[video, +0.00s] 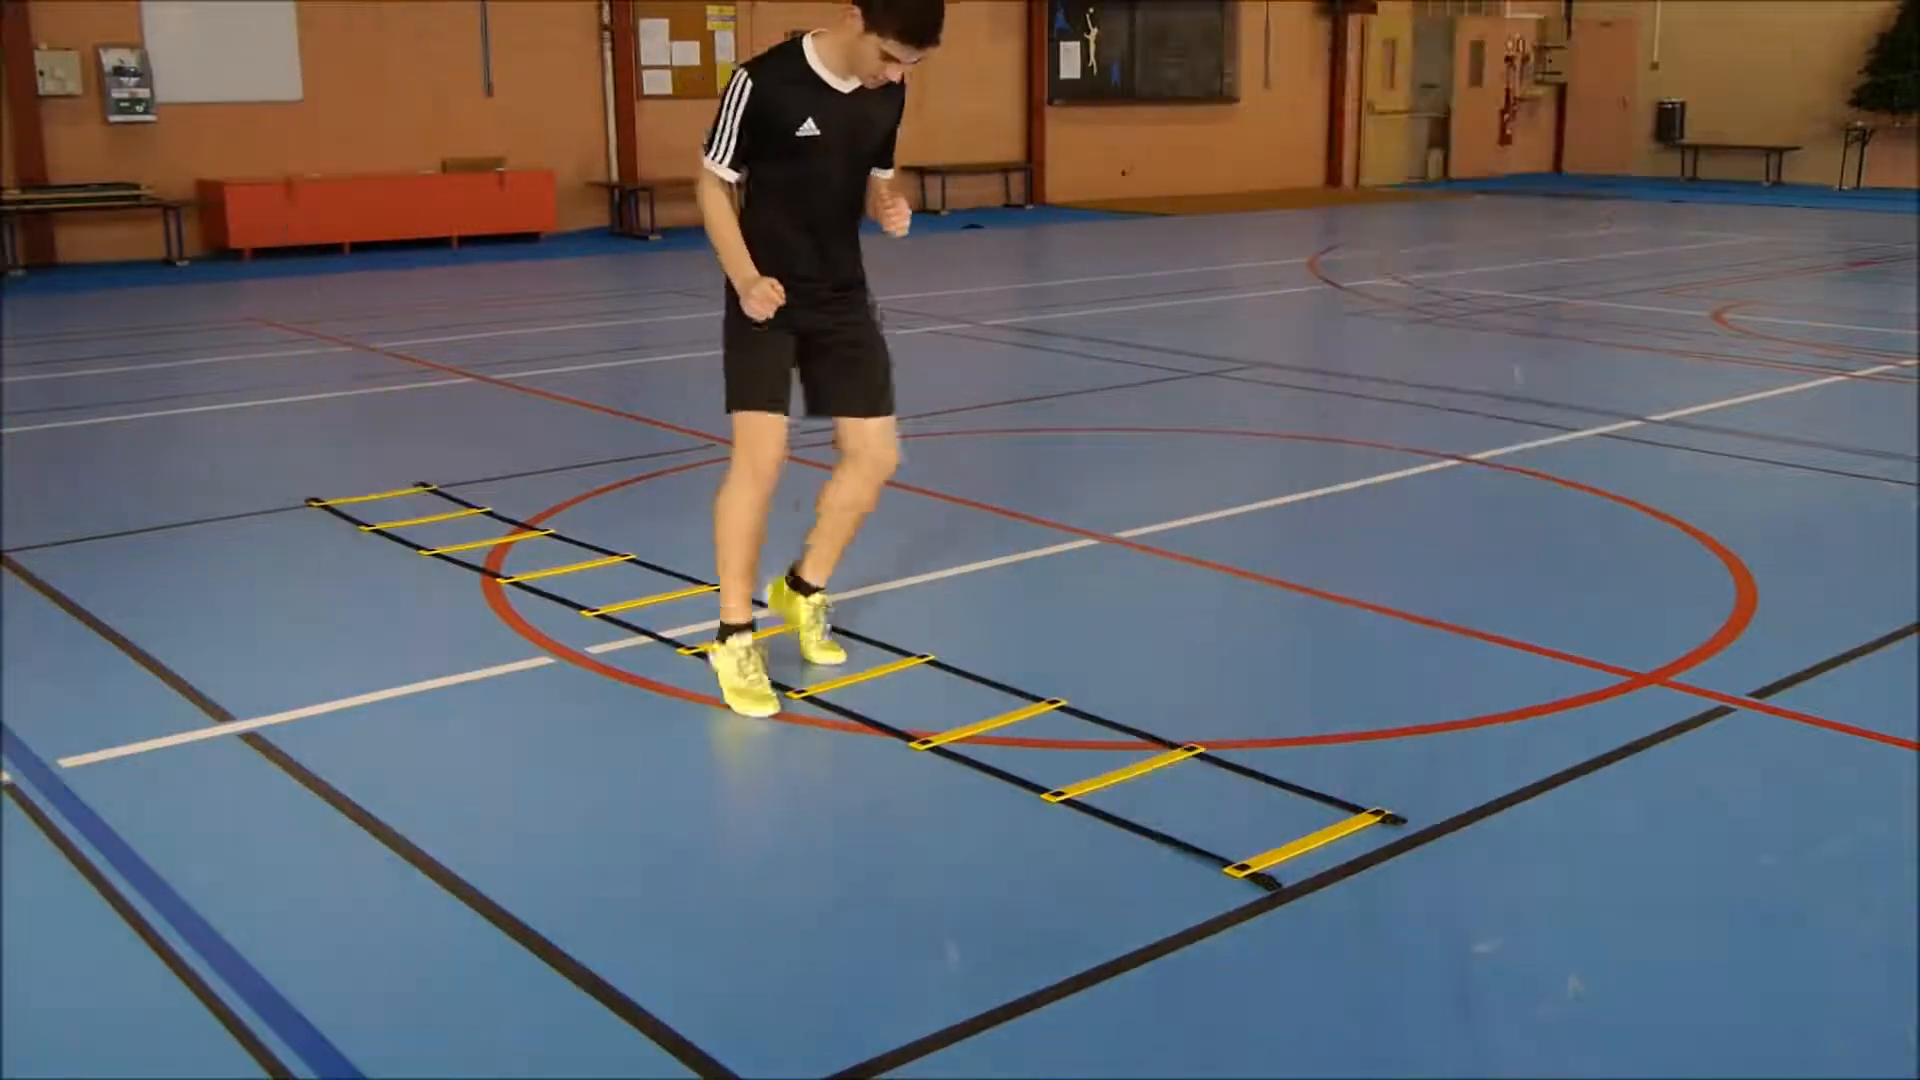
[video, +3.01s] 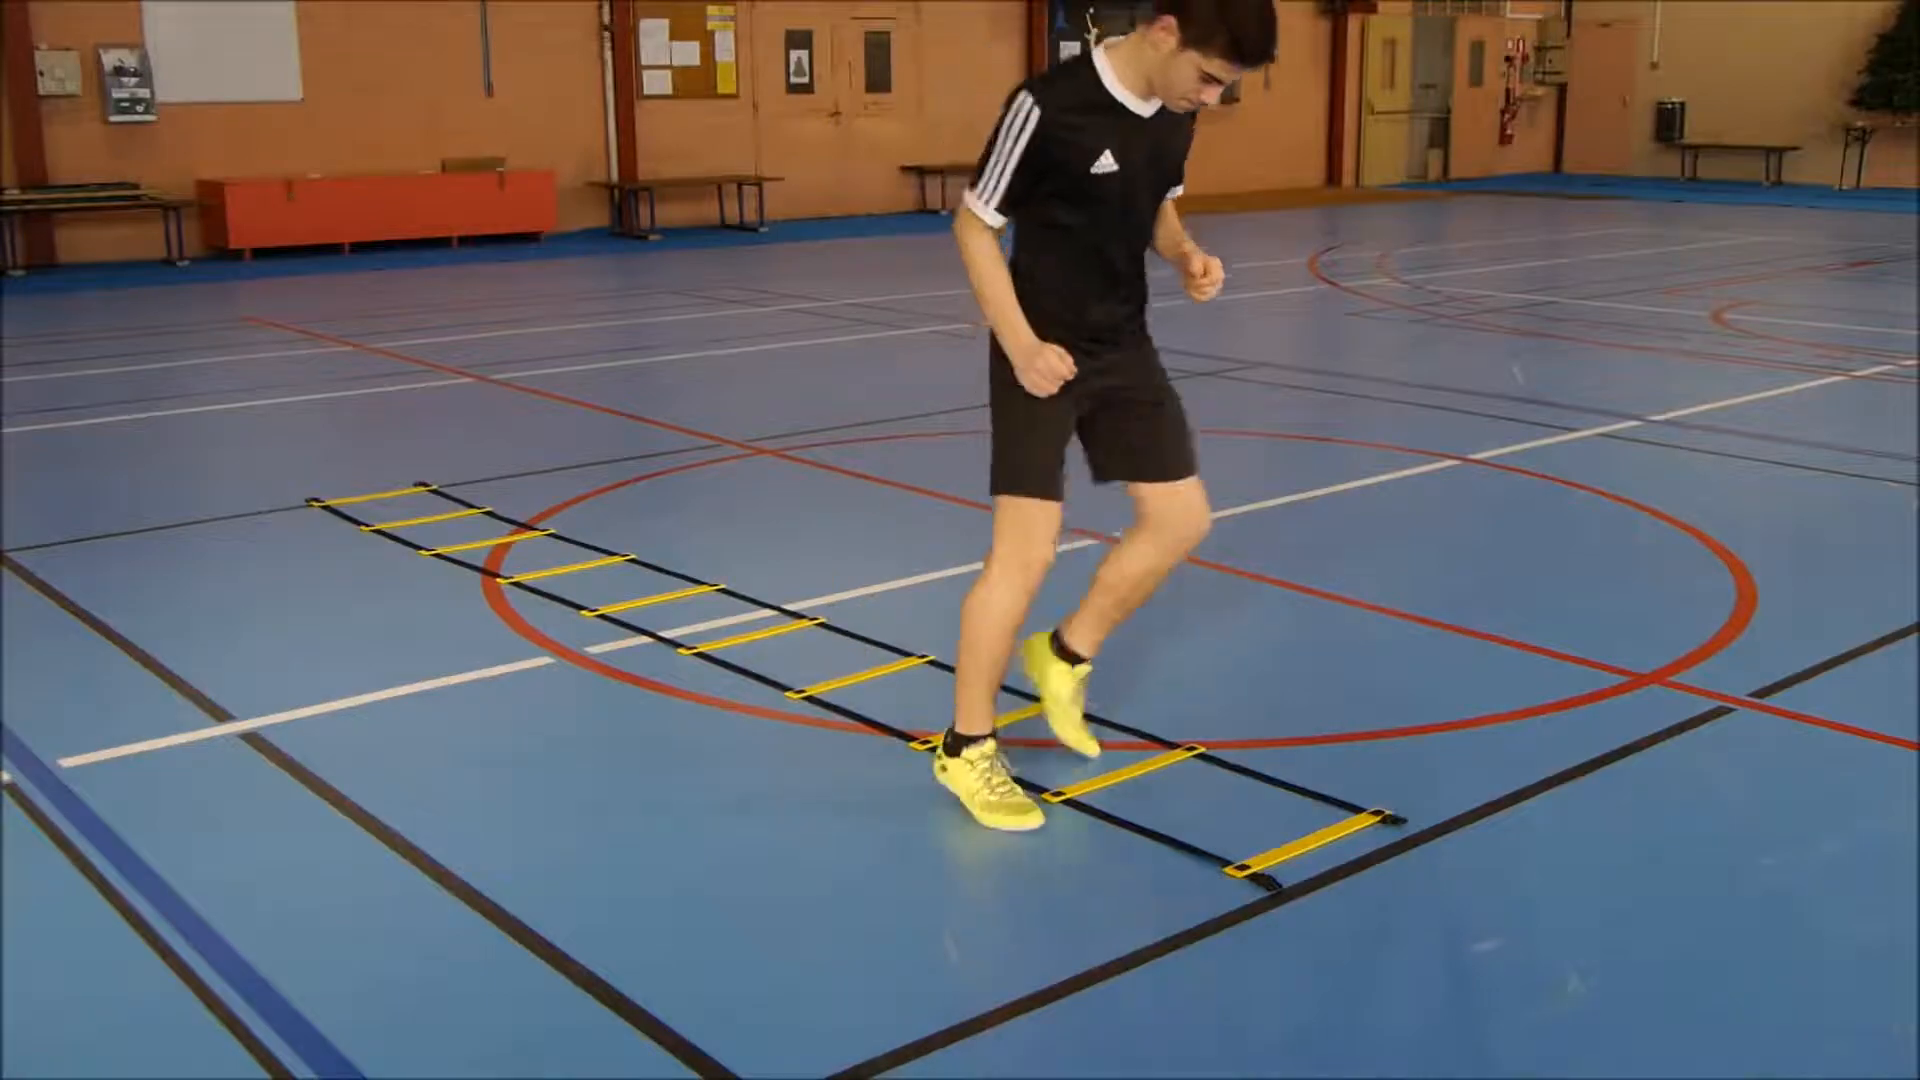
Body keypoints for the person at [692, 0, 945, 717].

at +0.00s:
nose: (898, 75)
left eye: (908, 65)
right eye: (891, 58)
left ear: (920, 49)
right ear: (851, 22)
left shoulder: (887, 88)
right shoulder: (759, 82)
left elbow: (878, 180)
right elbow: (713, 188)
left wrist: (889, 206)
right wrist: (746, 279)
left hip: (841, 293)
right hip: (762, 292)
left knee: (875, 456)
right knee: (759, 458)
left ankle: (804, 587)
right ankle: (734, 634)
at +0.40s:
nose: (941, 83)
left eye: (952, 71)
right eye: (934, 64)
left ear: (962, 55)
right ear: (895, 26)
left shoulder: (924, 97)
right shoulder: (804, 85)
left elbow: (901, 182)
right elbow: (747, 189)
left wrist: (913, 223)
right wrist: (792, 284)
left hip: (878, 286)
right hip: (798, 291)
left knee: (948, 439)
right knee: (791, 471)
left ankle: (924, 592)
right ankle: (749, 634)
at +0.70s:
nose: (976, 92)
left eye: (987, 81)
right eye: (970, 75)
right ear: (931, 34)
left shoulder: (969, 101)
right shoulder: (832, 89)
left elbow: (961, 180)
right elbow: (786, 196)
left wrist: (963, 227)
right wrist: (830, 286)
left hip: (925, 297)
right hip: (841, 301)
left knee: (957, 459)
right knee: (862, 473)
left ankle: (932, 600)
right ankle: (870, 633)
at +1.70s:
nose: (1044, 84)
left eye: (1055, 71)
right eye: (1037, 64)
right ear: (990, 26)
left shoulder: (1022, 98)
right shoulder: (899, 95)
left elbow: (1006, 187)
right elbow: (837, 217)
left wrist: (1029, 235)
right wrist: (914, 307)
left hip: (980, 318)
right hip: (895, 321)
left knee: (1064, 471)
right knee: (871, 513)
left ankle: (960, 606)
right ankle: (828, 695)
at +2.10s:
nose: (1095, 85)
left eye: (1107, 72)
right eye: (1089, 65)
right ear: (1044, 25)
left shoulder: (1083, 95)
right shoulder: (940, 89)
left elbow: (1075, 183)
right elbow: (886, 204)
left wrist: (1084, 236)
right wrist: (936, 298)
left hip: (1047, 319)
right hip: (958, 323)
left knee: (1085, 492)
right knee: (967, 511)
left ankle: (1063, 648)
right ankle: (936, 664)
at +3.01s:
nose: (1213, 98)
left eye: (1227, 86)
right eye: (1208, 77)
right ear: (1161, 32)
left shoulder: (1179, 108)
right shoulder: (1045, 103)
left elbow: (1160, 205)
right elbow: (974, 223)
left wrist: (1186, 252)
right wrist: (1021, 342)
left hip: (1120, 343)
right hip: (1034, 345)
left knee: (1180, 518)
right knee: (1023, 550)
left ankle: (1065, 654)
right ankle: (966, 744)